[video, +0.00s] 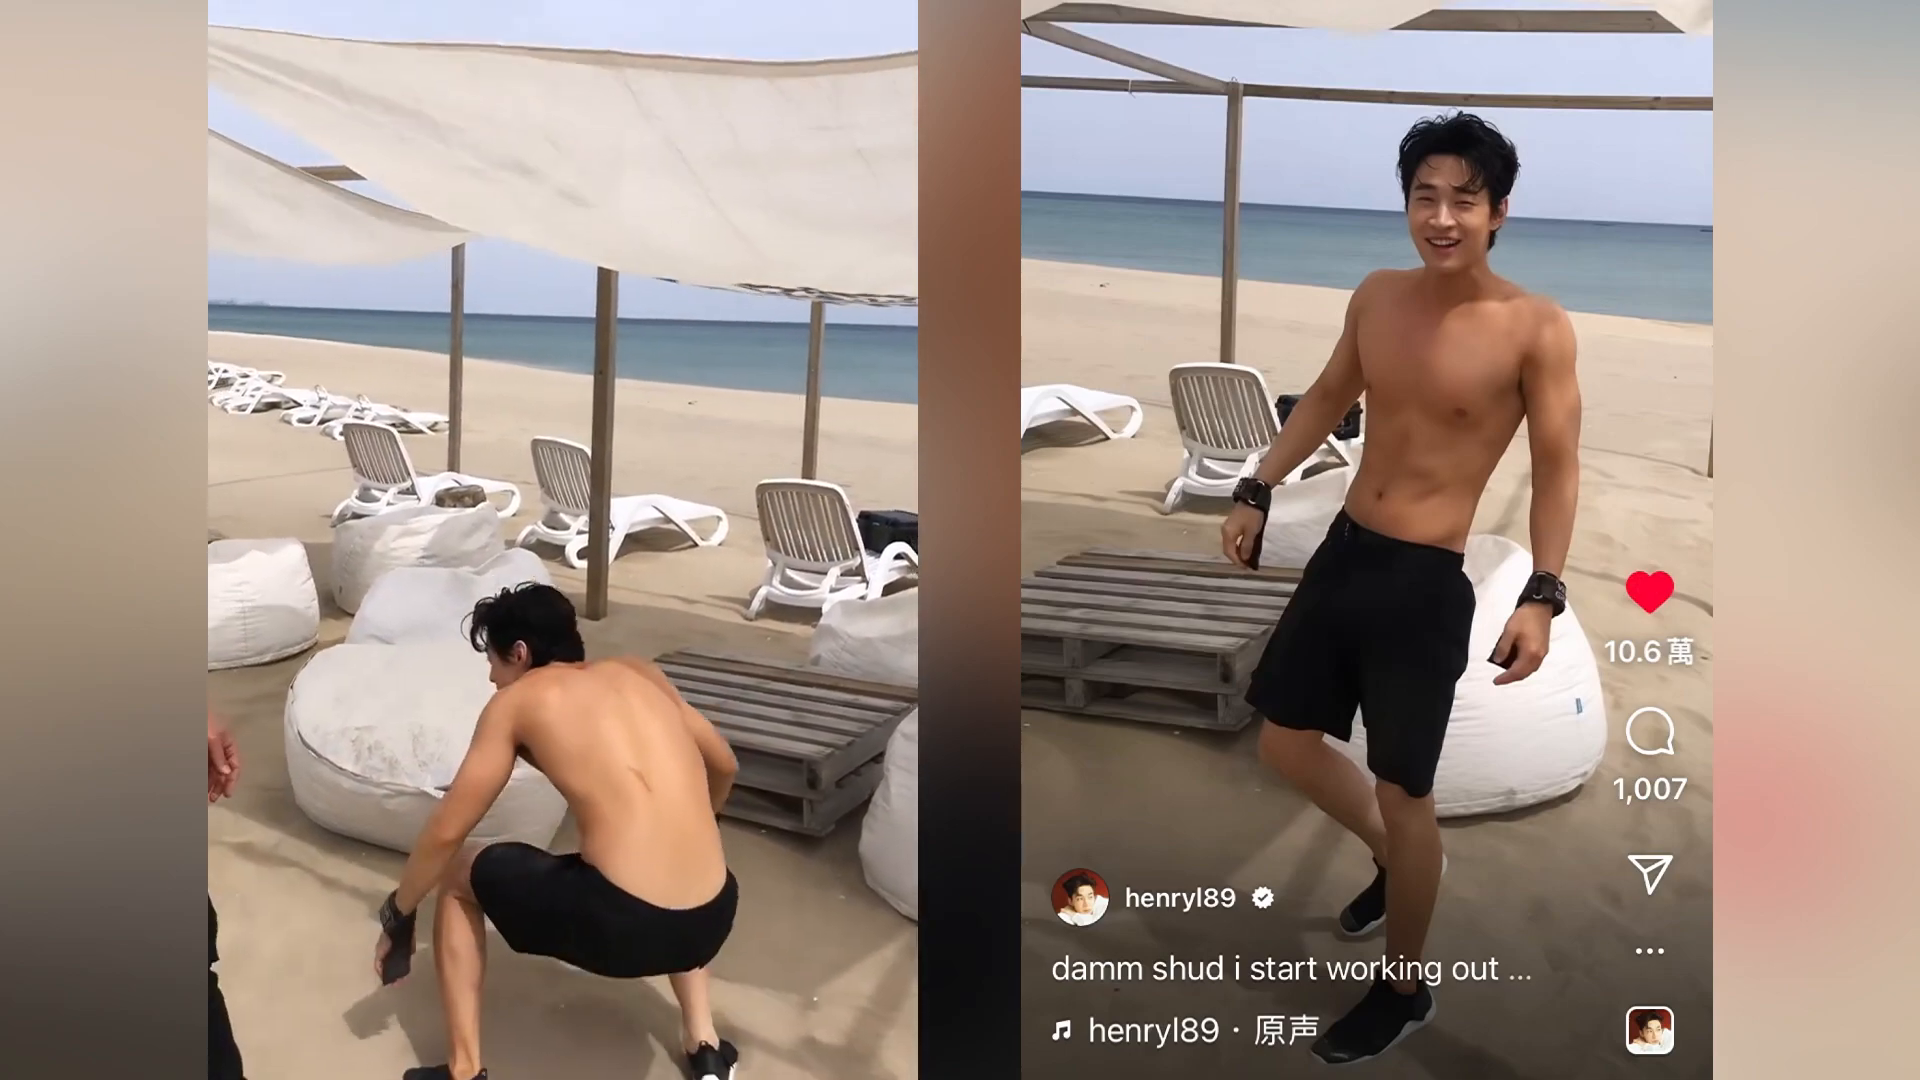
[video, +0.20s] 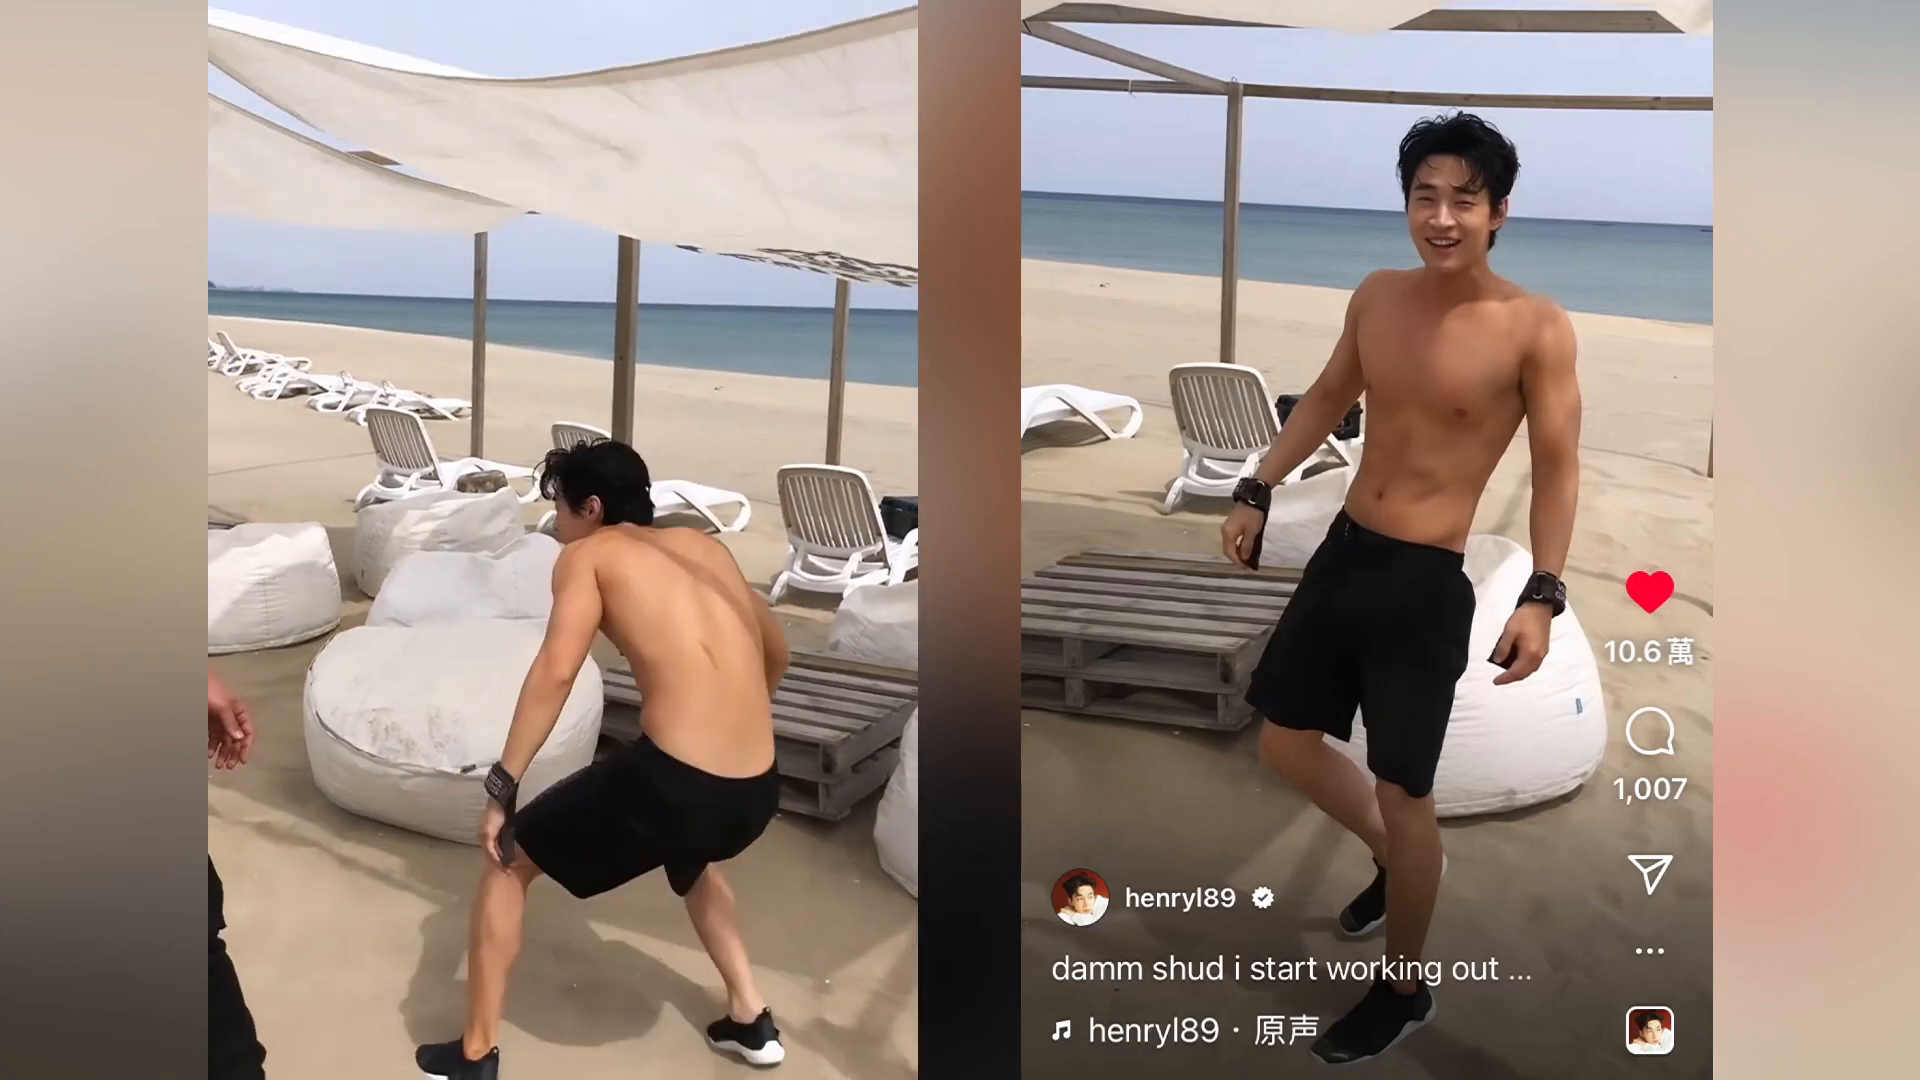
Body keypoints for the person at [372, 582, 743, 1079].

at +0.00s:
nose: (493, 678)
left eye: (494, 662)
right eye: (489, 663)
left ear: (521, 654)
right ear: (574, 647)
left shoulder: (515, 702)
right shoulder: (640, 672)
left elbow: (445, 832)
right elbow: (723, 764)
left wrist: (399, 912)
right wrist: (692, 825)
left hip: (617, 926)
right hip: (710, 920)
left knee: (458, 873)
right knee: (670, 859)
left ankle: (464, 1066)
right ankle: (704, 1043)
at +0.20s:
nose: (555, 523)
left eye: (559, 509)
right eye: (553, 509)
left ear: (592, 506)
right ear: (635, 503)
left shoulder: (588, 555)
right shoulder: (702, 543)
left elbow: (557, 669)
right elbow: (777, 649)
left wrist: (503, 783)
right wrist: (741, 719)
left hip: (667, 784)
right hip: (754, 792)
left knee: (509, 858)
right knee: (690, 858)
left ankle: (476, 1047)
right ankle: (750, 1014)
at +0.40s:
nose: (621, 417)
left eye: (627, 401)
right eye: (620, 401)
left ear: (669, 402)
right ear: (704, 404)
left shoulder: (670, 450)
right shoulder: (769, 461)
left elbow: (686, 543)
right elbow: (826, 582)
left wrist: (633, 668)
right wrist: (761, 633)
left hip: (725, 704)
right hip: (797, 718)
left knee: (571, 846)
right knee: (726, 847)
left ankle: (496, 1036)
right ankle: (754, 1022)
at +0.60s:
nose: (675, 359)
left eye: (688, 340)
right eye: (674, 341)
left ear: (742, 344)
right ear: (754, 349)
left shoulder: (735, 402)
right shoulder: (805, 415)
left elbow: (748, 498)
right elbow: (850, 532)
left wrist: (689, 610)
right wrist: (791, 608)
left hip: (749, 673)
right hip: (823, 686)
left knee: (638, 854)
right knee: (752, 838)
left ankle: (633, 1066)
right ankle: (750, 1027)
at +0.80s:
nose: (714, 339)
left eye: (731, 322)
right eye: (710, 323)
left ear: (782, 331)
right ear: (781, 339)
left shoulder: (773, 397)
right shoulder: (820, 414)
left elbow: (774, 507)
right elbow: (834, 552)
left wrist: (665, 586)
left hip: (767, 681)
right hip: (819, 686)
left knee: (710, 883)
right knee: (748, 867)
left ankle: (828, 1071)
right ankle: (730, 1031)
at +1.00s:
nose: (743, 331)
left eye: (765, 315)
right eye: (737, 315)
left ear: (811, 332)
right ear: (734, 326)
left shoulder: (812, 406)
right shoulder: (788, 406)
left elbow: (813, 524)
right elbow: (819, 539)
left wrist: (688, 582)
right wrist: (746, 608)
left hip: (787, 695)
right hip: (757, 683)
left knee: (775, 903)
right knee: (722, 857)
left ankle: (897, 1058)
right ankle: (693, 1029)